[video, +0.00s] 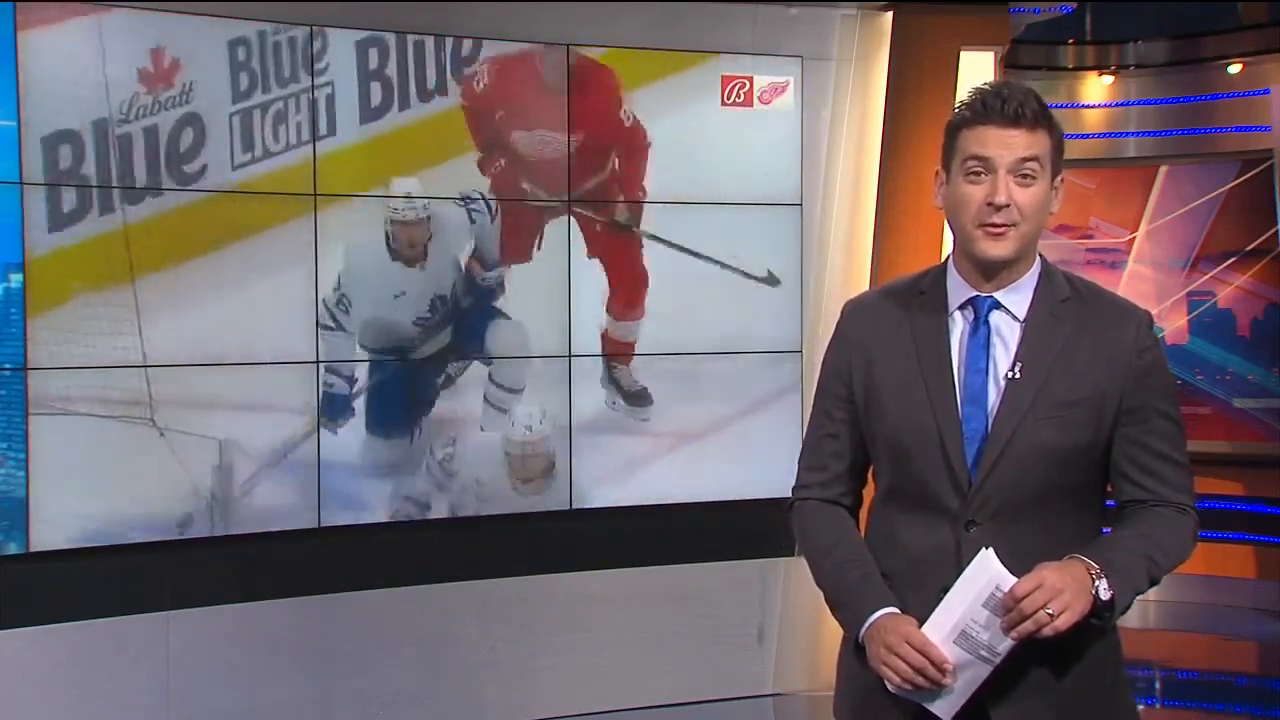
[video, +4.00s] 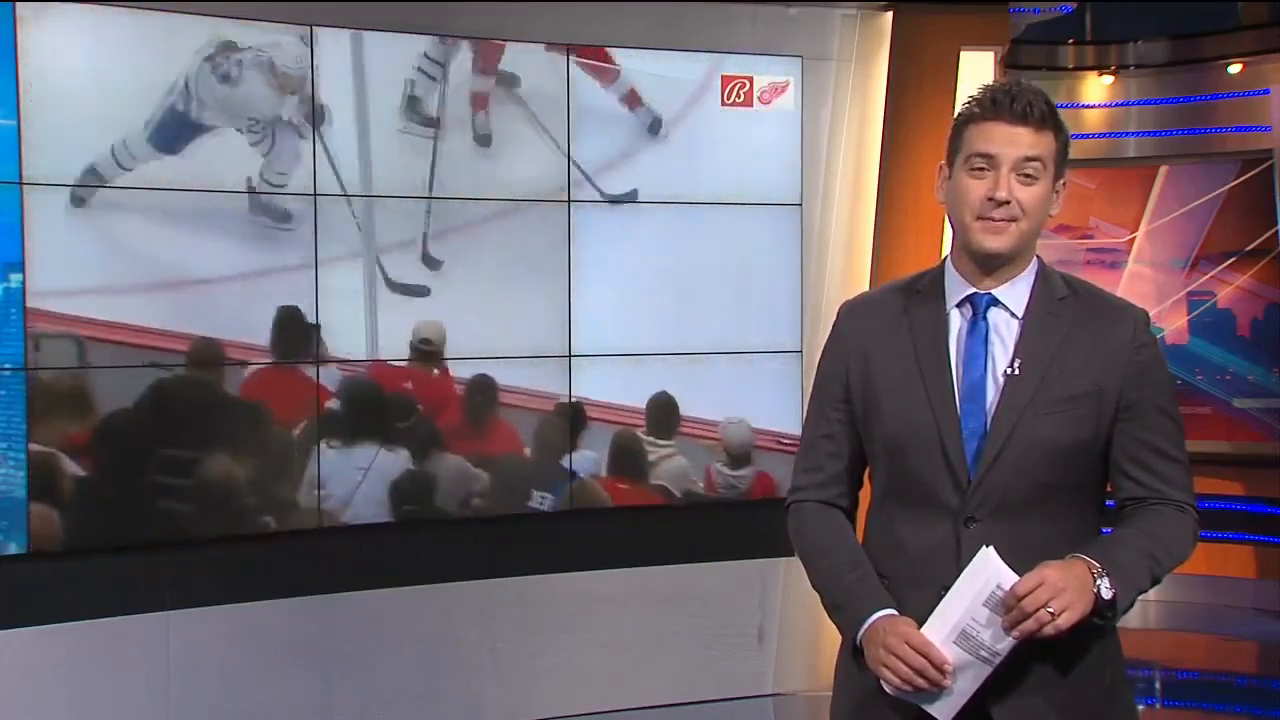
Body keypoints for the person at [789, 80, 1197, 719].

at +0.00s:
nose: (999, 196)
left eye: (1024, 176)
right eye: (976, 173)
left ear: (1053, 196)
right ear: (942, 190)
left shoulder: (1120, 336)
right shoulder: (869, 326)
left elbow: (1164, 510)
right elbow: (820, 497)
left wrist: (1094, 573)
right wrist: (873, 617)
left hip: (1056, 689)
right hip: (895, 685)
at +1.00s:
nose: (1006, 185)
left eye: (1031, 166)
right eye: (984, 161)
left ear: (1058, 192)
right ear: (948, 184)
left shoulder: (1123, 332)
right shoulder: (871, 326)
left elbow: (1172, 507)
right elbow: (824, 502)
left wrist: (1102, 568)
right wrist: (879, 619)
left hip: (1064, 688)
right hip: (899, 685)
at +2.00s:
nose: (1003, 189)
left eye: (1029, 172)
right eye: (982, 165)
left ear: (1056, 196)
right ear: (945, 183)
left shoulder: (1118, 335)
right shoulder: (865, 325)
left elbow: (1166, 509)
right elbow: (813, 498)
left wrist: (1094, 572)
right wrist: (869, 619)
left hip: (1056, 692)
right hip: (892, 688)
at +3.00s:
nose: (1001, 192)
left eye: (1028, 174)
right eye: (981, 167)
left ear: (1055, 196)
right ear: (945, 183)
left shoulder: (1119, 336)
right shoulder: (865, 327)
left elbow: (1166, 510)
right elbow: (815, 501)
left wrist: (1094, 572)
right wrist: (871, 620)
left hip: (1056, 692)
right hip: (892, 688)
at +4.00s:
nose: (1001, 192)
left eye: (1027, 174)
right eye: (980, 167)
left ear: (1055, 196)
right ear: (945, 184)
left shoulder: (1119, 336)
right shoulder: (865, 327)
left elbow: (1166, 509)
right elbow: (815, 500)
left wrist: (1096, 572)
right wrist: (871, 619)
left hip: (1056, 691)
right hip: (892, 687)